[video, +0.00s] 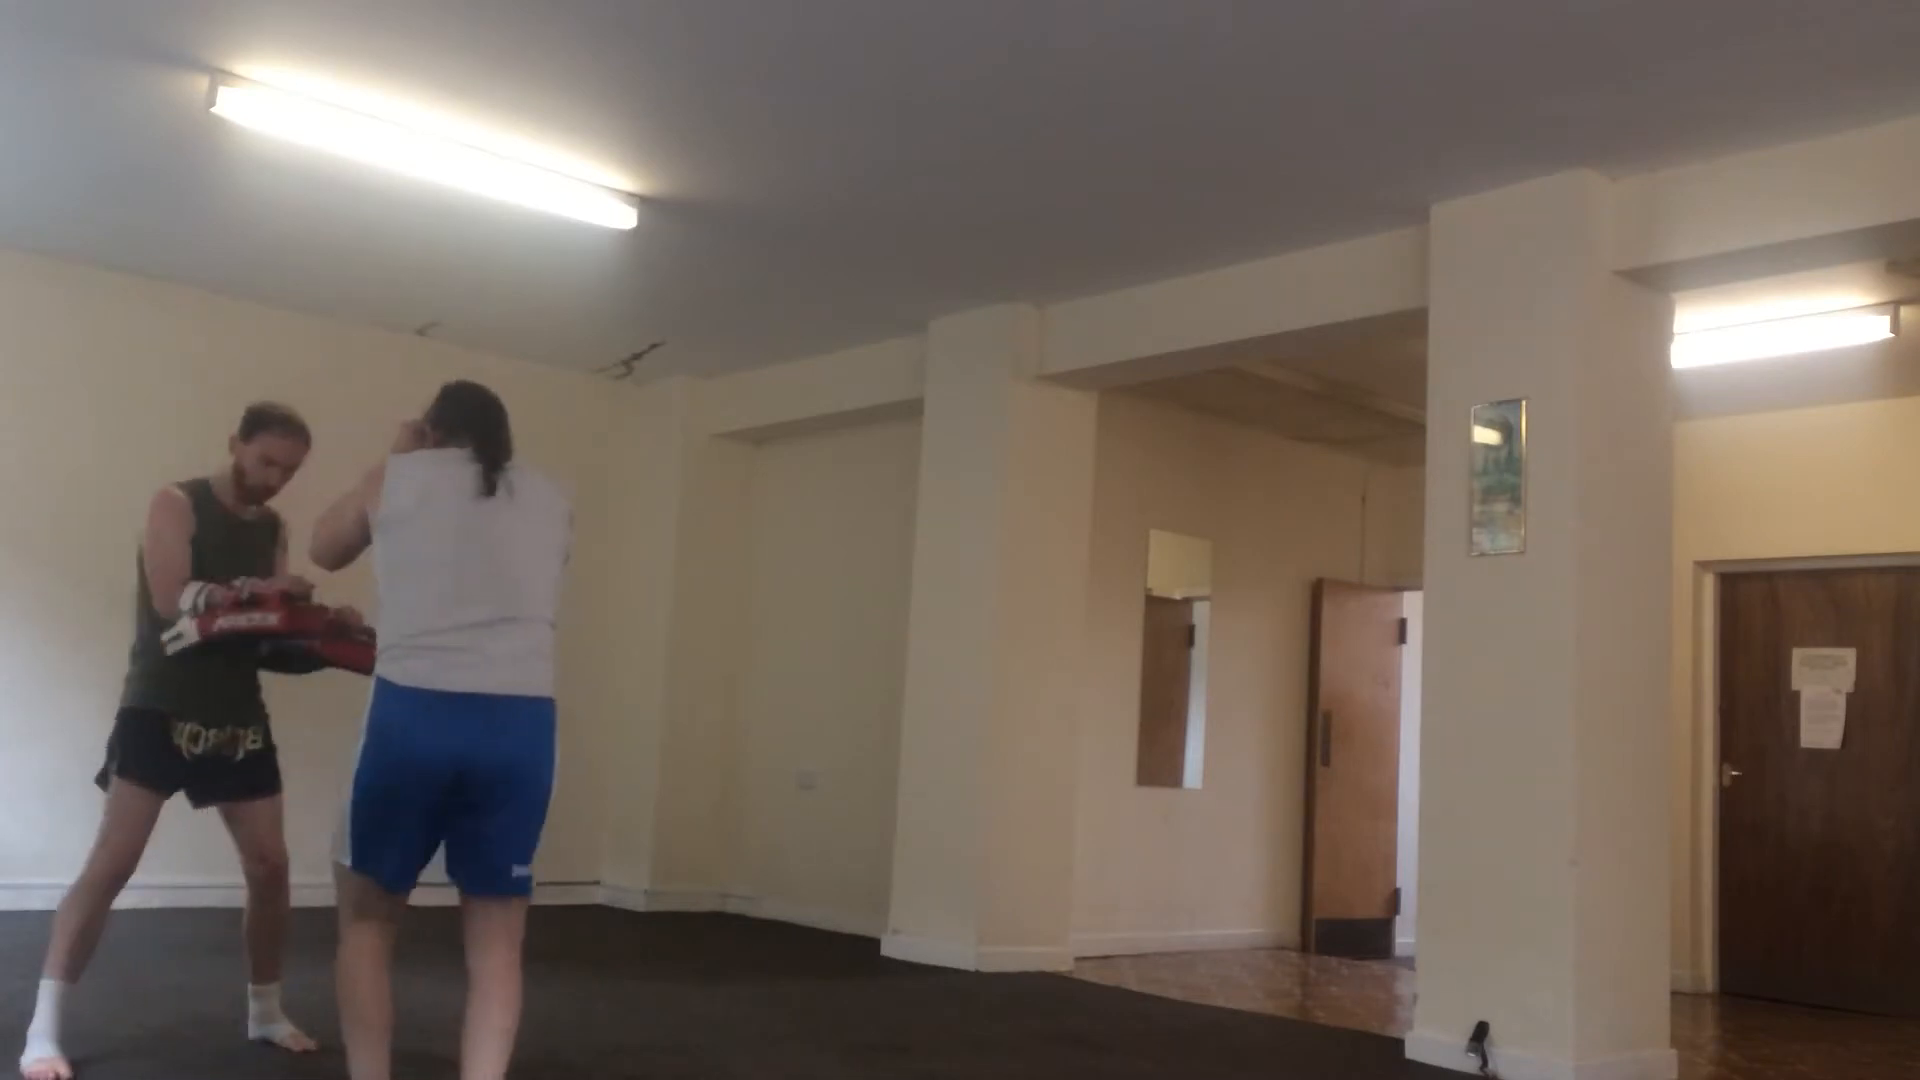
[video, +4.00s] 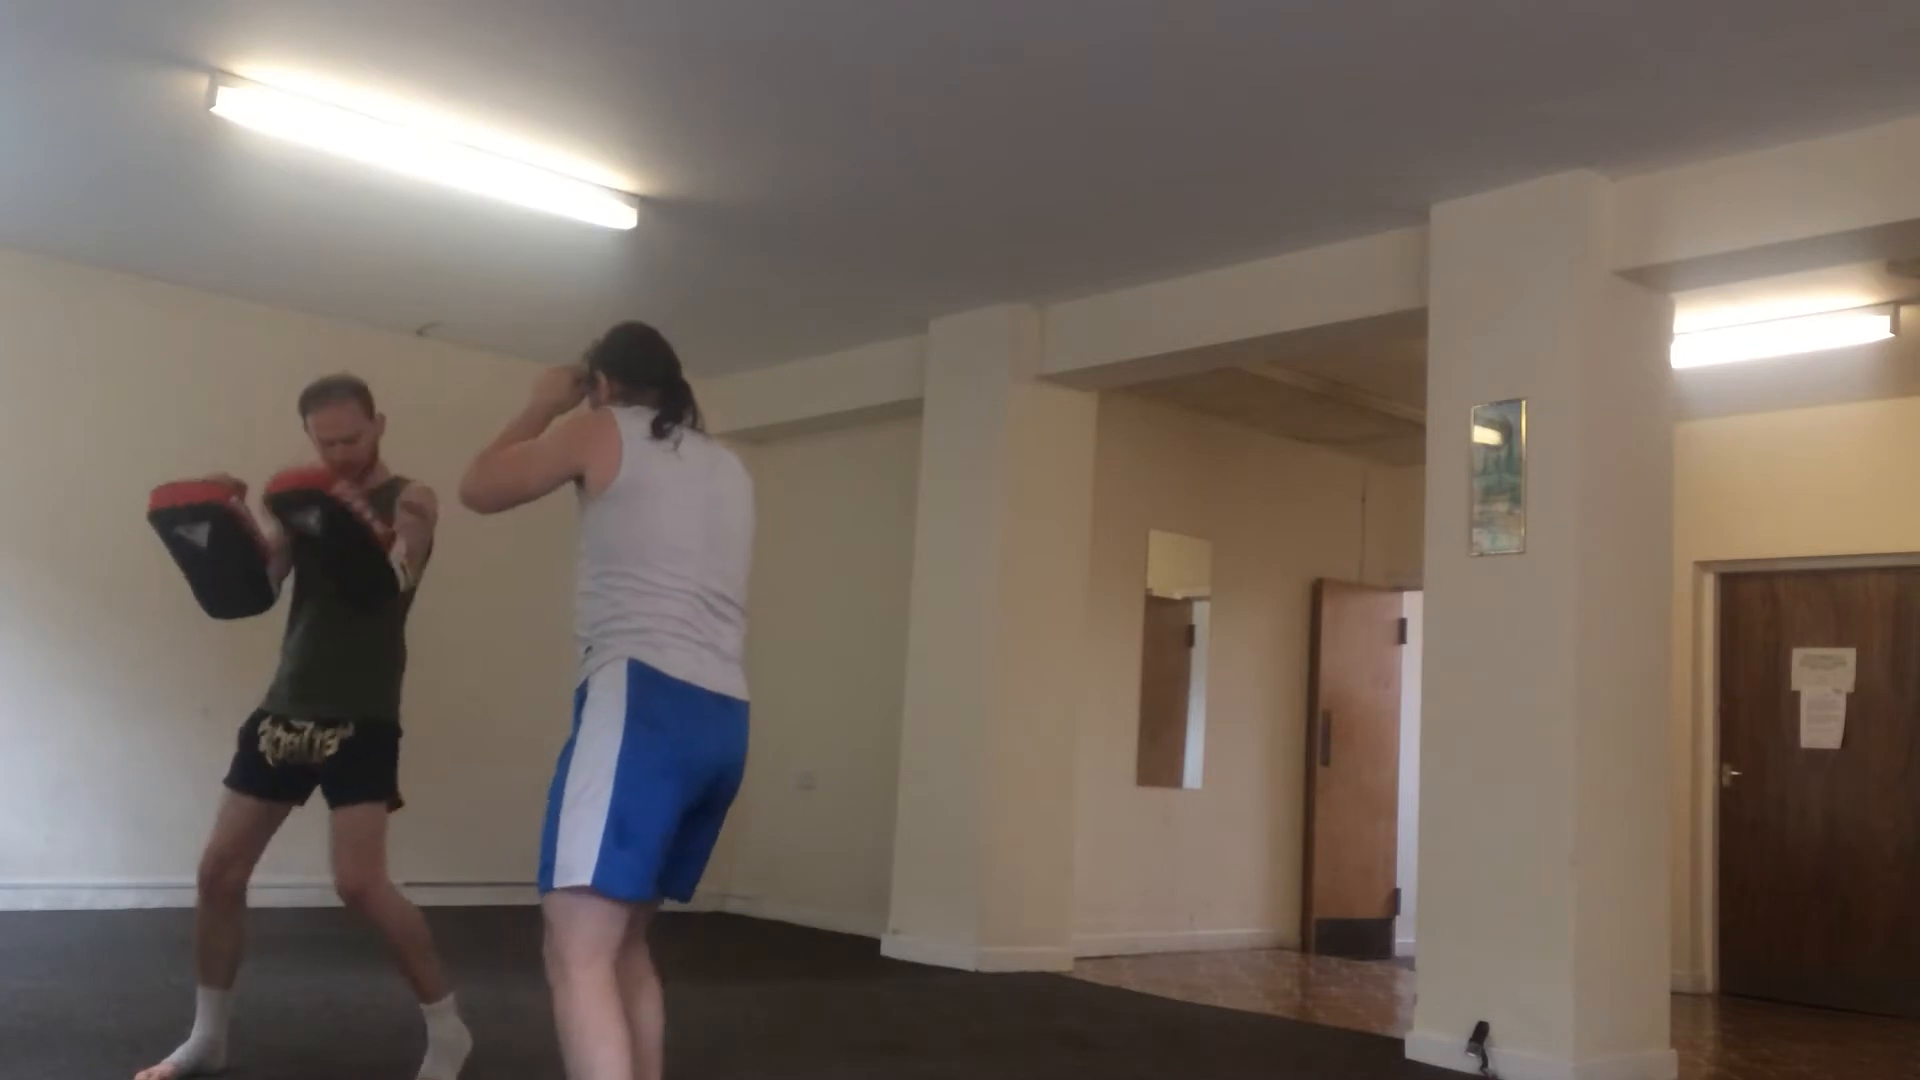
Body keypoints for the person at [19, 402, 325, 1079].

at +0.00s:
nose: (274, 480)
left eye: (287, 471)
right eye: (268, 464)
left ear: (293, 470)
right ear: (238, 444)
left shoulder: (271, 526)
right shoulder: (176, 505)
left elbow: (264, 618)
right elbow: (171, 600)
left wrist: (322, 621)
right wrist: (269, 594)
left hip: (237, 707)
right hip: (161, 706)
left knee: (269, 866)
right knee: (112, 863)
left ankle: (266, 1014)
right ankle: (43, 1030)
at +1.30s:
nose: (306, 460)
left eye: (314, 450)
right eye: (297, 445)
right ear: (256, 433)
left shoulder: (246, 500)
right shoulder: (233, 496)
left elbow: (265, 612)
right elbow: (282, 602)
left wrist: (331, 587)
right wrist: (338, 581)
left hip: (235, 714)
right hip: (205, 714)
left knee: (236, 862)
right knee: (186, 868)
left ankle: (191, 1013)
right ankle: (105, 1047)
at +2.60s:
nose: (320, 452)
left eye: (331, 442)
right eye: (309, 437)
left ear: (340, 441)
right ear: (272, 427)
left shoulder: (339, 512)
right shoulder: (222, 493)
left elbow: (339, 601)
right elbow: (198, 593)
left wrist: (379, 588)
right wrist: (295, 584)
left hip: (295, 712)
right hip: (208, 707)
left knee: (321, 880)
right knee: (182, 874)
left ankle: (258, 990)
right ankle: (169, 1040)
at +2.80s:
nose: (344, 456)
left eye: (356, 447)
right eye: (335, 440)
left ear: (364, 445)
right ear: (299, 425)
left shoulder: (362, 510)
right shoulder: (237, 493)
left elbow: (408, 587)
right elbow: (207, 603)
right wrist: (291, 570)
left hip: (323, 718)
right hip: (230, 713)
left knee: (367, 880)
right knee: (170, 879)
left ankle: (392, 1046)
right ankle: (174, 1043)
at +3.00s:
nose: (375, 455)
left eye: (388, 444)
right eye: (364, 440)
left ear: (405, 441)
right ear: (335, 431)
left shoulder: (403, 506)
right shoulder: (288, 499)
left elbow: (472, 583)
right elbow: (225, 585)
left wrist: (465, 498)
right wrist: (236, 625)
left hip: (386, 726)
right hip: (294, 722)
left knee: (427, 878)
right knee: (215, 886)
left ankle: (398, 1050)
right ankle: (151, 1027)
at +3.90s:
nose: (341, 454)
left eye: (353, 439)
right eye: (326, 442)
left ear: (380, 429)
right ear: (307, 441)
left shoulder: (413, 505)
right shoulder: (290, 499)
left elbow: (393, 580)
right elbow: (259, 581)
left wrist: (380, 506)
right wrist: (232, 528)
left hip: (369, 715)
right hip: (281, 711)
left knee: (388, 879)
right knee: (218, 874)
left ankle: (442, 1040)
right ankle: (207, 1040)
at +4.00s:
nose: (339, 456)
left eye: (349, 440)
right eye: (324, 445)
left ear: (378, 426)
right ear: (307, 440)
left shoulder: (411, 499)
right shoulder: (300, 502)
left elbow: (396, 581)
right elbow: (256, 585)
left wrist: (347, 513)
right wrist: (231, 521)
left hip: (363, 723)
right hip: (284, 715)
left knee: (361, 884)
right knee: (220, 872)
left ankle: (448, 1030)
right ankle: (208, 1038)